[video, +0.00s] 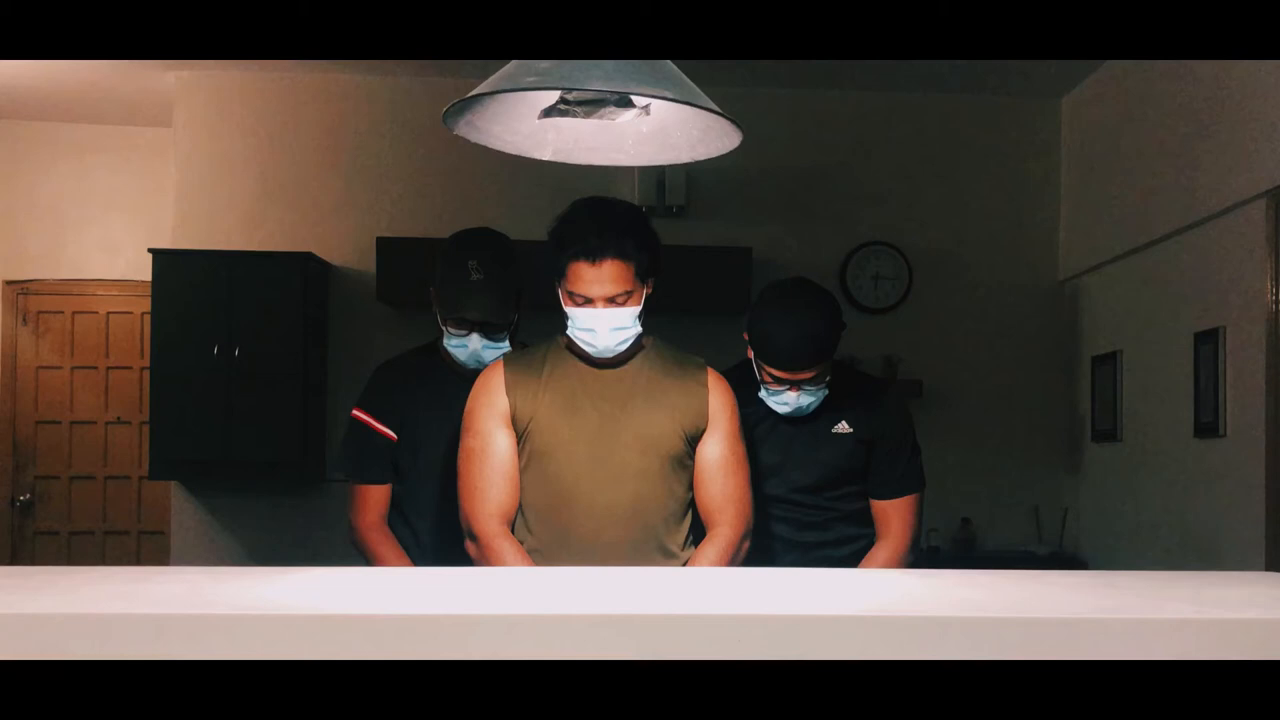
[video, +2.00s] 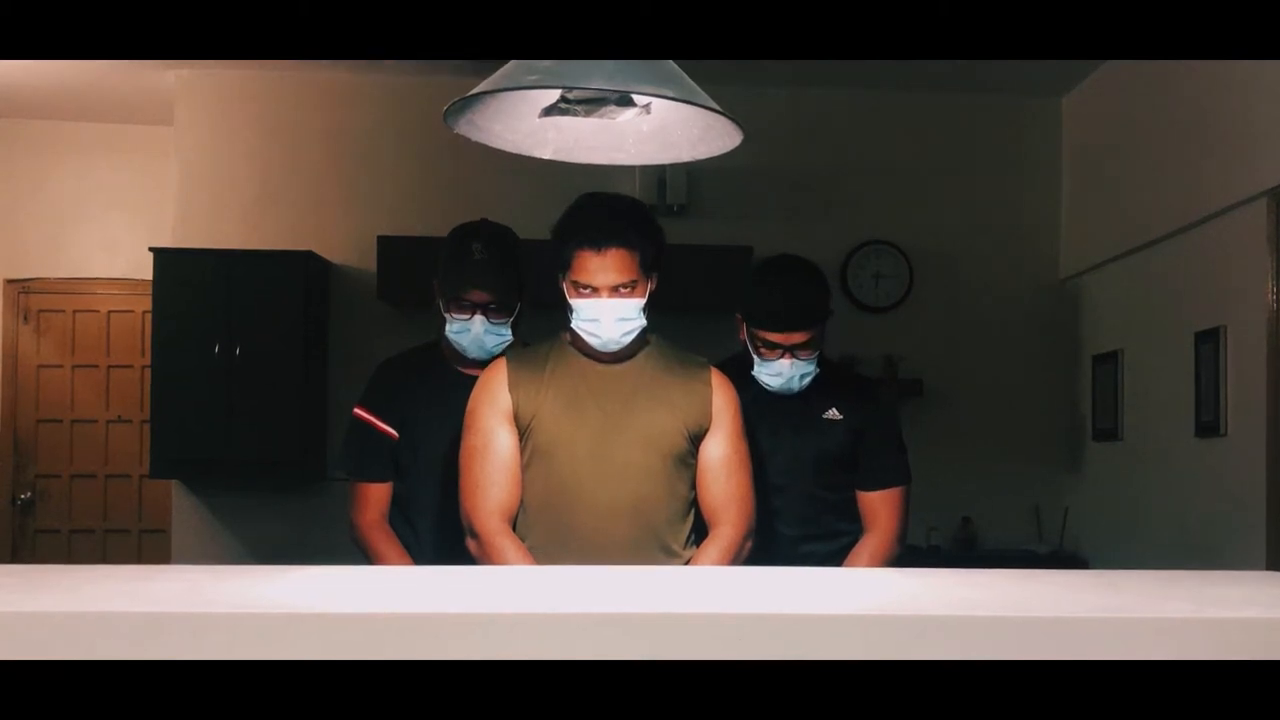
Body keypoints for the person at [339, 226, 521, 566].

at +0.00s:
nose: (477, 346)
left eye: (494, 327)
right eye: (459, 325)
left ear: (515, 312)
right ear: (436, 305)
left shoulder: (533, 383)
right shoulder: (396, 383)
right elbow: (368, 524)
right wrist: (422, 598)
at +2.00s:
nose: (478, 325)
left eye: (496, 309)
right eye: (462, 307)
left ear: (518, 306)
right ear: (440, 300)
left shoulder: (534, 383)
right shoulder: (398, 381)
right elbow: (369, 520)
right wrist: (421, 597)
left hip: (510, 589)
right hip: (423, 587)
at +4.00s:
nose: (480, 305)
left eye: (499, 289)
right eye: (464, 284)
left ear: (518, 293)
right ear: (443, 286)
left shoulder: (539, 384)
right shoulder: (399, 380)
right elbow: (370, 520)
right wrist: (423, 597)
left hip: (516, 593)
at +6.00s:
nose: (481, 271)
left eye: (498, 259)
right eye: (465, 256)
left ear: (516, 275)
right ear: (443, 273)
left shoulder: (541, 380)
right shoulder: (397, 378)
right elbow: (368, 520)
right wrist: (422, 599)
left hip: (517, 593)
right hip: (426, 591)